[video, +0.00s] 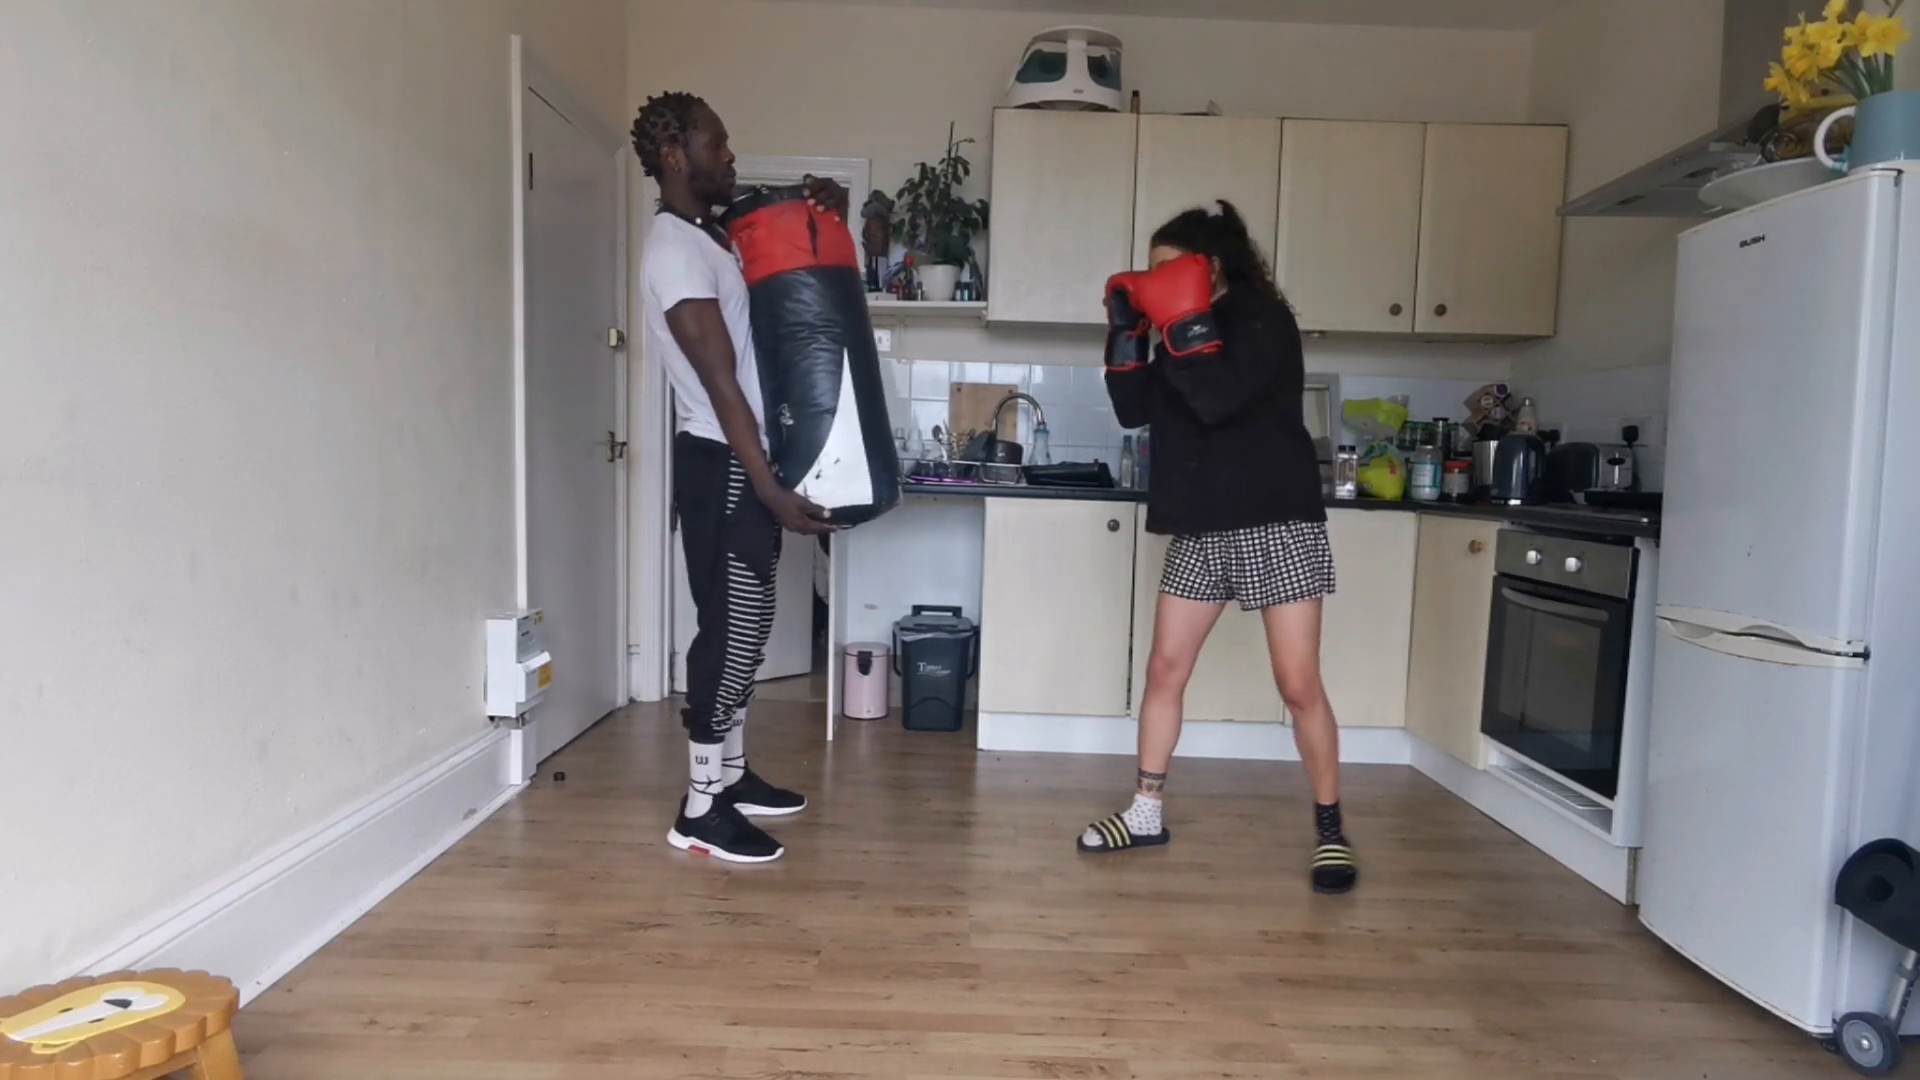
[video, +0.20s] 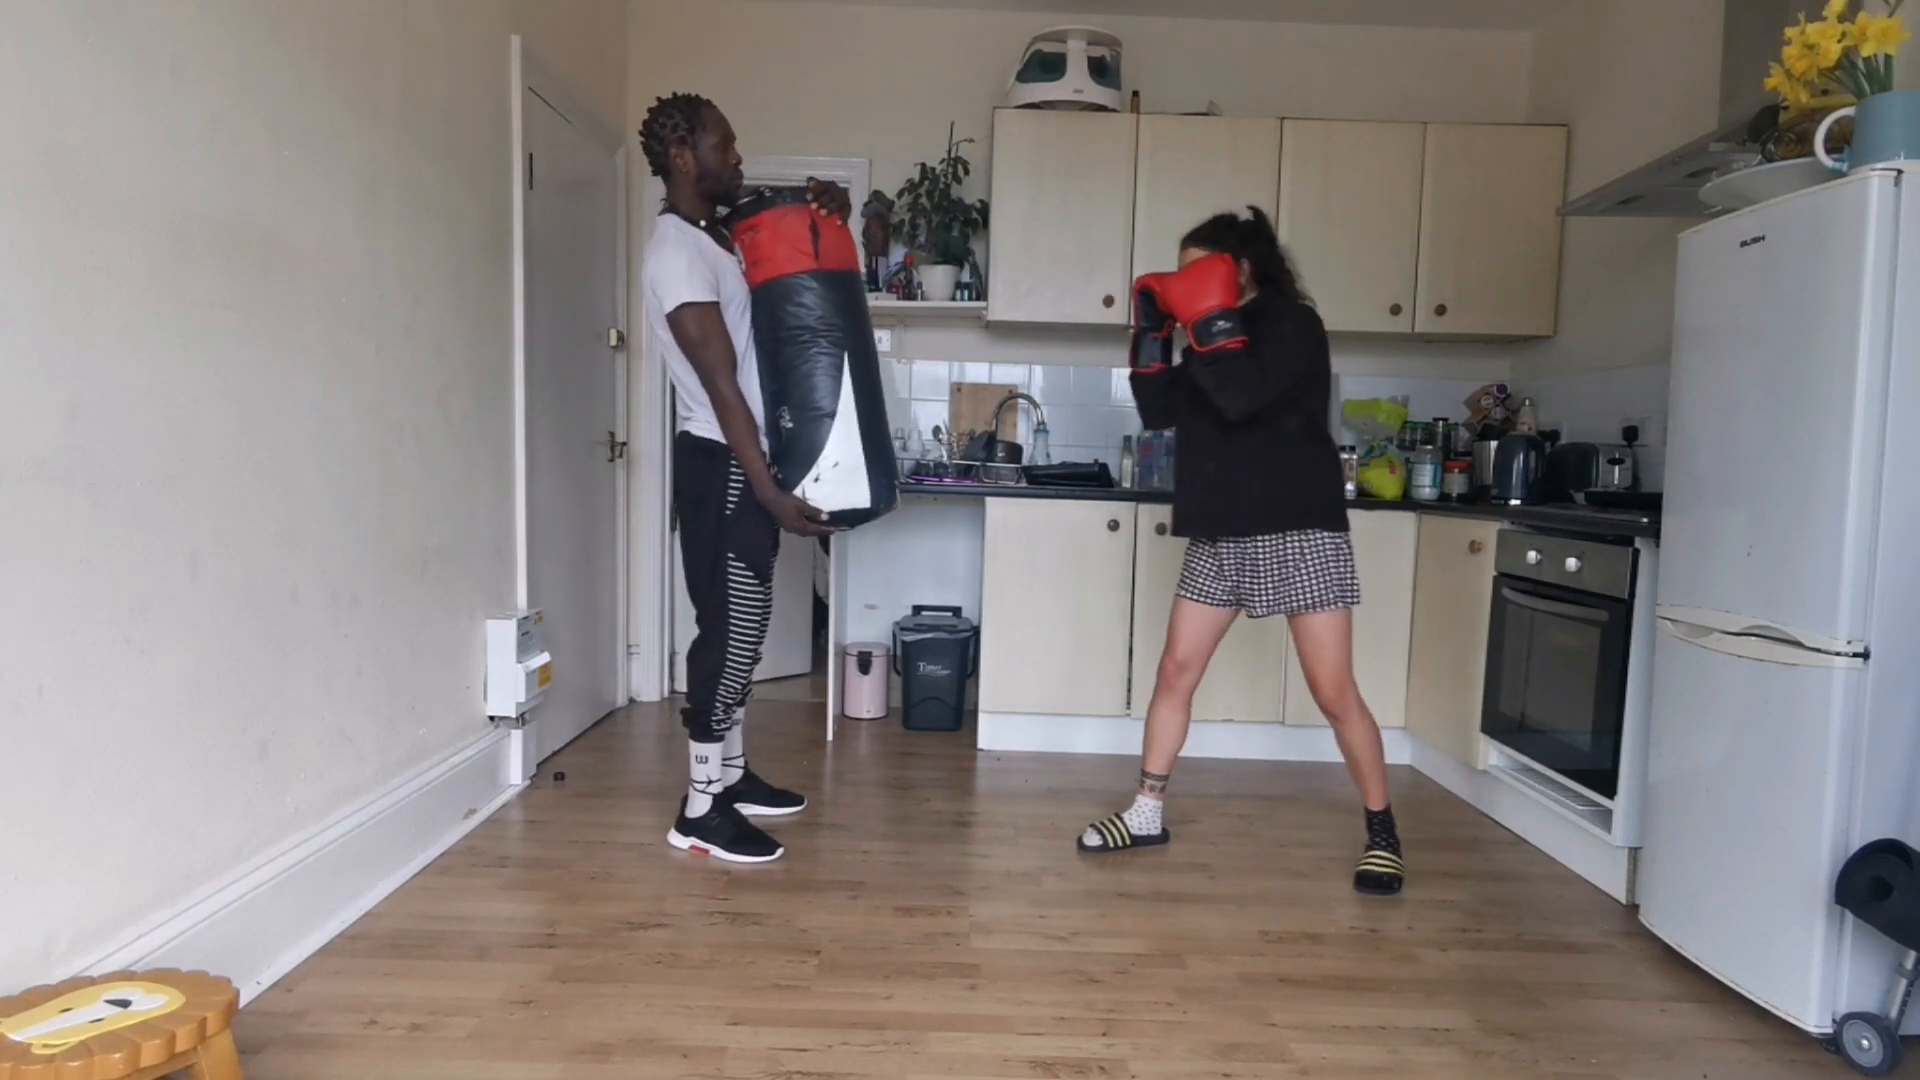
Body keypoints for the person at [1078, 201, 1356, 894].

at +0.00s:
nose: (1159, 283)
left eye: (1170, 270)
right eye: (1155, 273)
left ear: (1212, 264)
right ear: (1164, 275)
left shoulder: (1264, 318)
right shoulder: (1177, 328)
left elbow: (1217, 401)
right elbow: (1131, 408)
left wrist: (1183, 328)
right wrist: (1124, 329)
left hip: (1279, 519)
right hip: (1201, 521)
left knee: (1300, 686)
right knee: (1165, 668)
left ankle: (1329, 828)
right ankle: (1146, 810)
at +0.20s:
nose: (1190, 288)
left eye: (1203, 275)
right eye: (1185, 278)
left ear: (1243, 270)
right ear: (1188, 281)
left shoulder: (1293, 325)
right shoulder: (1202, 336)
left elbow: (1243, 399)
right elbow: (1157, 411)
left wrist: (1210, 326)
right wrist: (1150, 333)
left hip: (1303, 526)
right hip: (1221, 528)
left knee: (1335, 693)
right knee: (1176, 672)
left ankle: (1381, 833)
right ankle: (1146, 811)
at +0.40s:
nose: (1232, 295)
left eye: (1243, 282)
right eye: (1228, 285)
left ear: (1288, 279)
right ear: (1236, 290)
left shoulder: (1342, 335)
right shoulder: (1249, 346)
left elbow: (1298, 419)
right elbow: (1209, 423)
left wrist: (1261, 341)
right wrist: (1198, 345)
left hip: (1348, 536)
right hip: (1266, 536)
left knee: (1357, 702)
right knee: (1207, 678)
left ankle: (1379, 838)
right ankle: (1150, 810)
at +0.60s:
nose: (1245, 292)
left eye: (1256, 280)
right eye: (1242, 282)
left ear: (1301, 278)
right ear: (1252, 287)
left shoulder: (1355, 333)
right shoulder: (1265, 343)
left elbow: (1309, 419)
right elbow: (1222, 425)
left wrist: (1275, 341)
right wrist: (1210, 346)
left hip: (1363, 537)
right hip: (1285, 537)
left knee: (1362, 703)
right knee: (1218, 675)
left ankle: (1380, 839)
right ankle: (1172, 811)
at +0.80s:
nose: (1236, 302)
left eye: (1246, 288)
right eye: (1231, 291)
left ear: (1291, 286)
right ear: (1252, 294)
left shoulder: (1344, 342)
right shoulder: (1260, 357)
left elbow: (1290, 428)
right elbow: (1217, 439)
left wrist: (1260, 350)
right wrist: (1188, 368)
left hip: (1347, 544)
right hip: (1267, 541)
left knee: (1352, 707)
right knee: (1183, 659)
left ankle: (1379, 837)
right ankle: (1159, 796)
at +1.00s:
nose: (1148, 307)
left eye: (1159, 292)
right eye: (1146, 295)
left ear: (1200, 288)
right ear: (1158, 299)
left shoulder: (1260, 345)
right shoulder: (1162, 361)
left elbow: (1237, 429)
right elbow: (1130, 434)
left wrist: (1195, 354)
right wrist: (1090, 403)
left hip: (1297, 526)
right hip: (1214, 535)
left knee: (1341, 687)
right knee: (1137, 663)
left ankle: (1380, 834)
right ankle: (1065, 780)